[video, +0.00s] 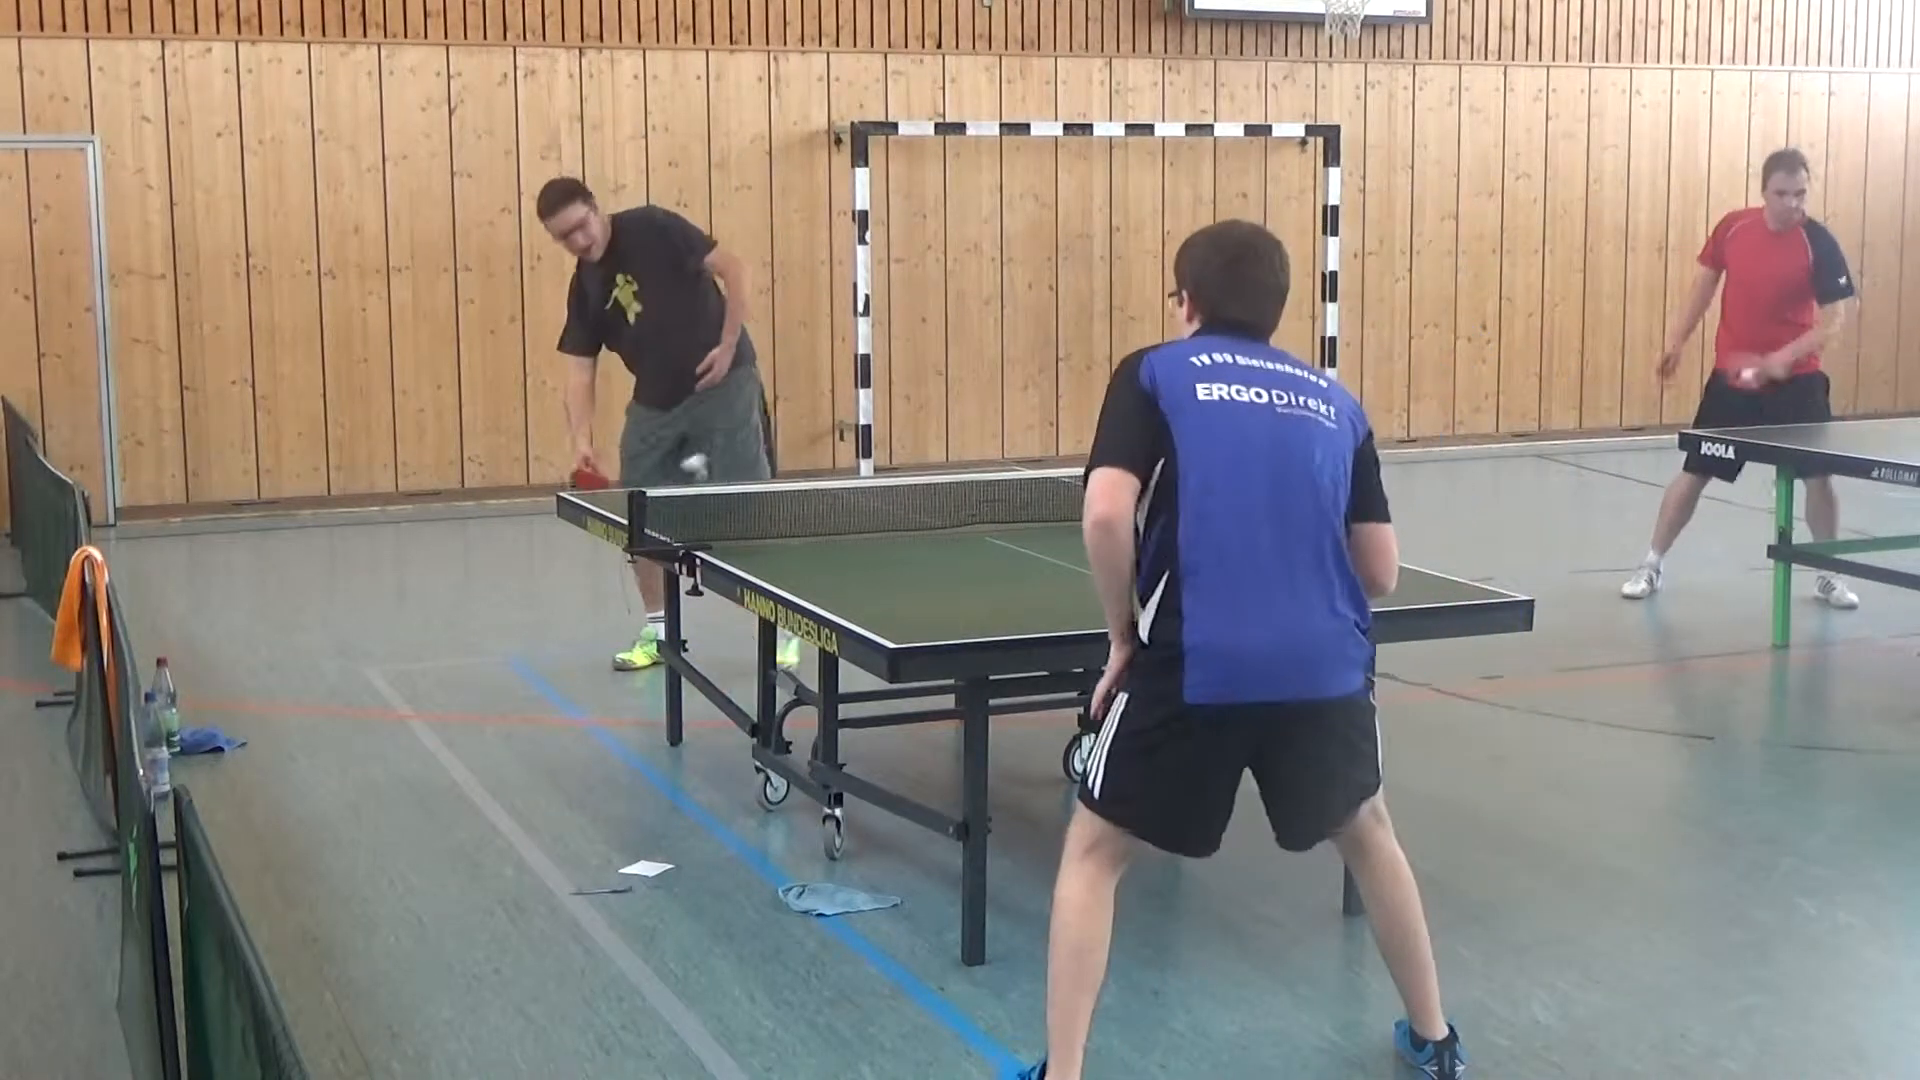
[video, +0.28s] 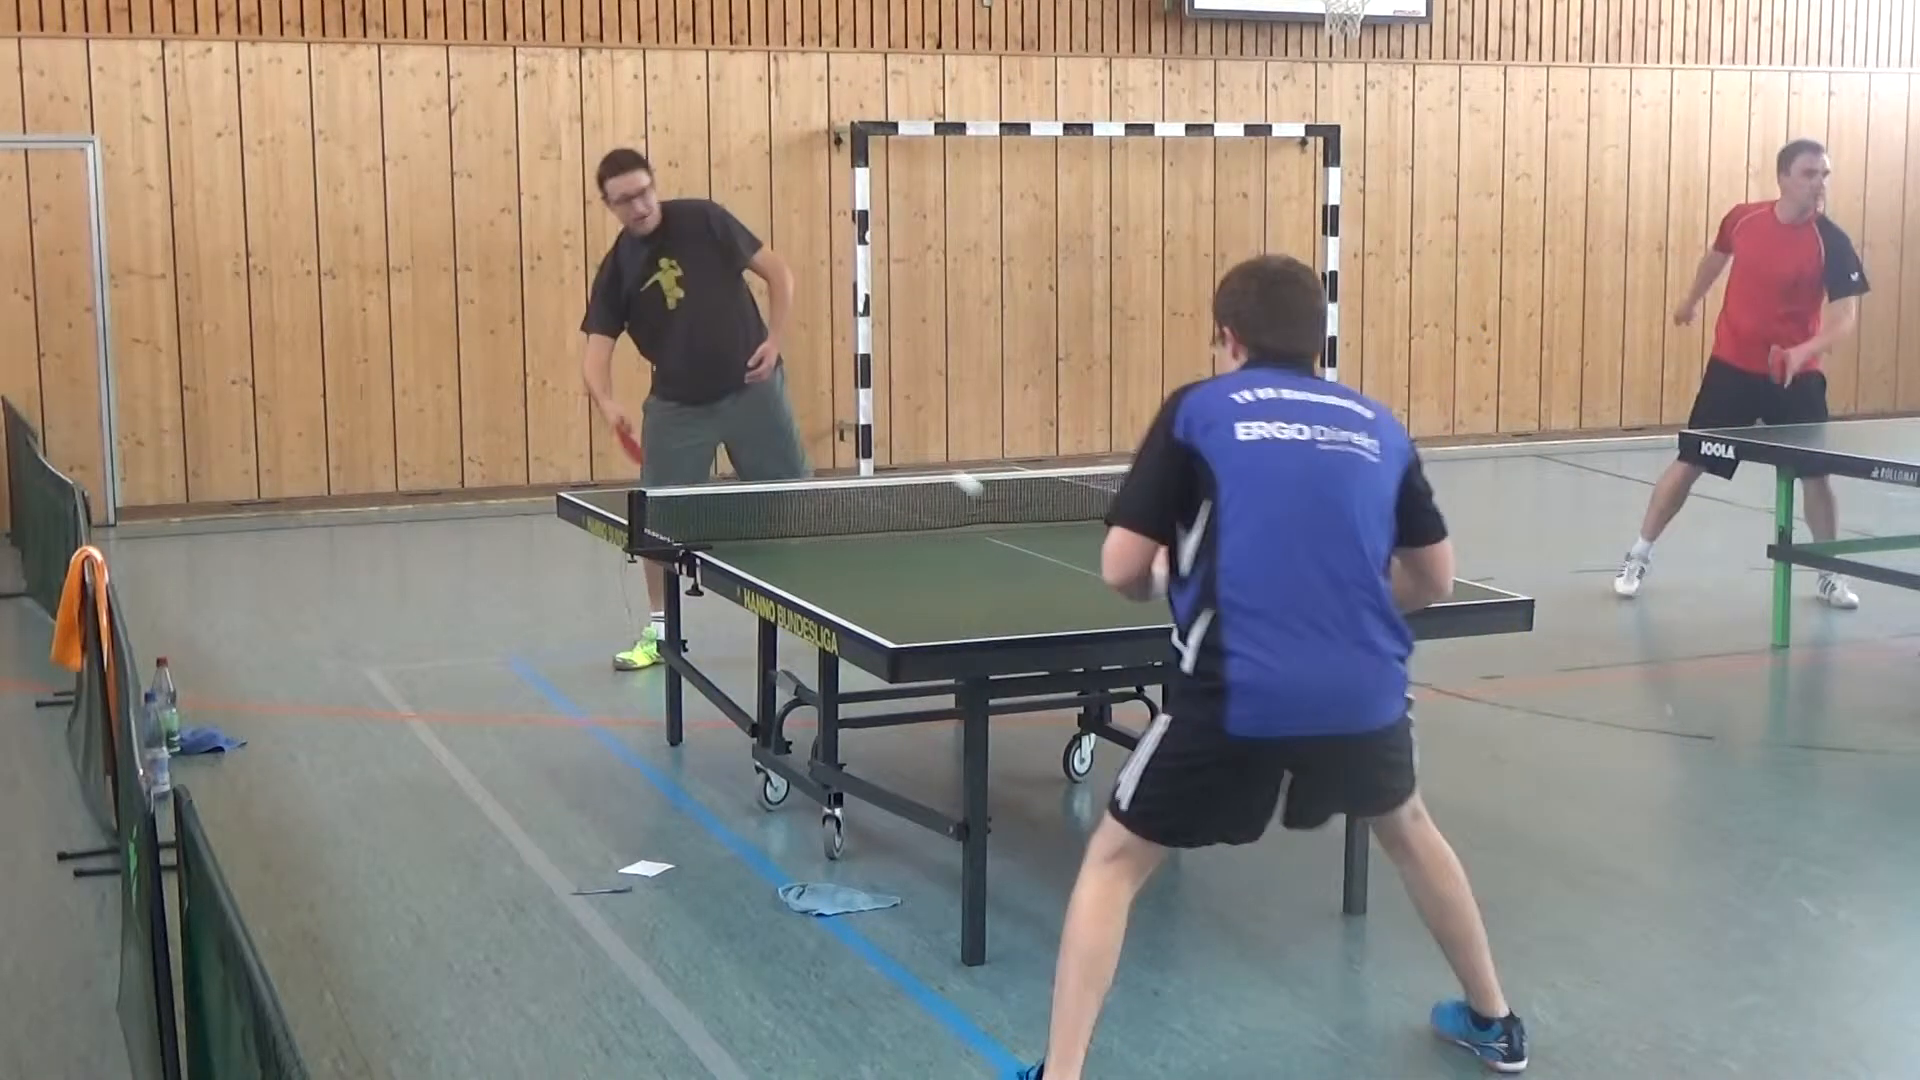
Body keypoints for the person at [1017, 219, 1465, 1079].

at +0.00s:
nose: (1170, 309)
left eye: (1174, 298)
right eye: (1172, 297)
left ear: (1189, 305)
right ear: (1277, 312)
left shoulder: (1153, 373)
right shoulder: (1338, 401)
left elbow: (1107, 510)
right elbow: (1380, 573)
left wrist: (1123, 635)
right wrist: (1312, 577)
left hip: (1193, 671)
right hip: (1323, 673)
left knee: (1094, 857)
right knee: (1369, 834)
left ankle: (1061, 1070)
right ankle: (1434, 1039)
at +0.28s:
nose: (1212, 352)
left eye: (1214, 340)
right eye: (1213, 340)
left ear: (1232, 344)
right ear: (1317, 347)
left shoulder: (1199, 408)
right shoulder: (1380, 424)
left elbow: (1122, 567)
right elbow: (1431, 576)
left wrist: (1180, 561)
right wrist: (1349, 595)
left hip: (1236, 702)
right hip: (1365, 705)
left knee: (1114, 864)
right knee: (1409, 825)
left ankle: (1059, 1069)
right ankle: (1495, 1016)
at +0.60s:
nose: (1313, 374)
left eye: (1311, 356)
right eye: (1309, 357)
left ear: (1340, 348)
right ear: (1398, 337)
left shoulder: (1369, 395)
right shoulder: (1457, 399)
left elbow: (1293, 544)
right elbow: (1431, 527)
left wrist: (1336, 472)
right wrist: (1344, 479)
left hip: (1384, 681)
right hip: (1469, 679)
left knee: (1242, 865)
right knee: (1405, 834)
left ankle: (1135, 1066)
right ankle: (1489, 1018)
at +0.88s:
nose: (1331, 338)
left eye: (1332, 322)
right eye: (1329, 322)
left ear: (1358, 324)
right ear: (1427, 318)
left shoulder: (1376, 397)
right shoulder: (1488, 401)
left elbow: (1310, 558)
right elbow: (1516, 544)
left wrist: (1352, 557)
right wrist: (1384, 549)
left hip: (1408, 691)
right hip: (1492, 689)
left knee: (1288, 896)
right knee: (1423, 845)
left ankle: (1322, 1070)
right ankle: (1502, 1017)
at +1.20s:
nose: (1301, 282)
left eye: (1304, 269)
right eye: (1304, 268)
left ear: (1323, 277)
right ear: (1408, 275)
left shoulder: (1310, 353)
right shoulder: (1482, 370)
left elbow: (1235, 514)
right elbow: (1551, 535)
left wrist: (1230, 576)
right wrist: (1486, 587)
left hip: (1382, 674)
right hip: (1497, 670)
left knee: (1293, 883)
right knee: (1484, 844)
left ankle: (1318, 1071)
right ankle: (1535, 1045)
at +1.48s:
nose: (1275, 340)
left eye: (1276, 320)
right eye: (1273, 320)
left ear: (1308, 318)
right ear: (1370, 309)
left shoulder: (1317, 394)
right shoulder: (1437, 391)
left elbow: (1282, 568)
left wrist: (1287, 544)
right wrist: (1242, 629)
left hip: (1379, 712)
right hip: (1496, 707)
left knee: (1220, 895)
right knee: (1496, 873)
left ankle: (1193, 1070)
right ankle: (1565, 1070)